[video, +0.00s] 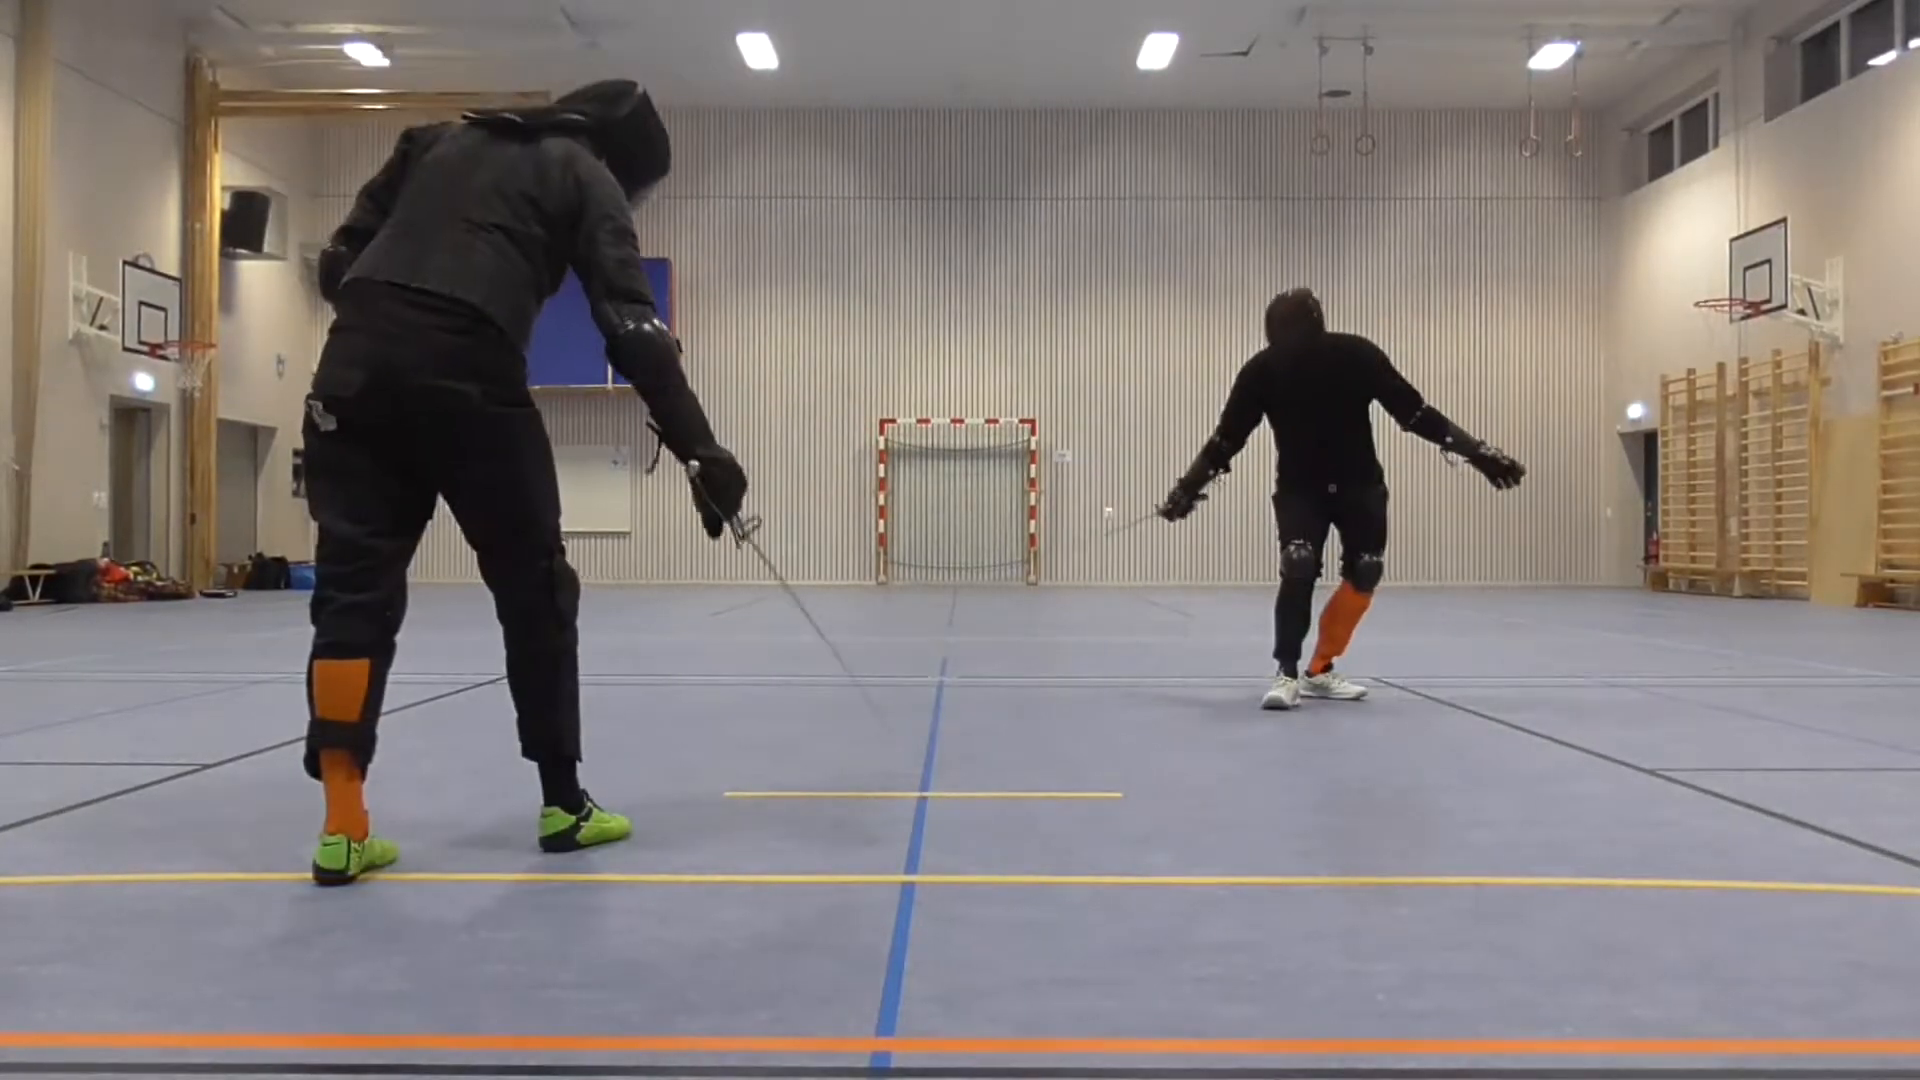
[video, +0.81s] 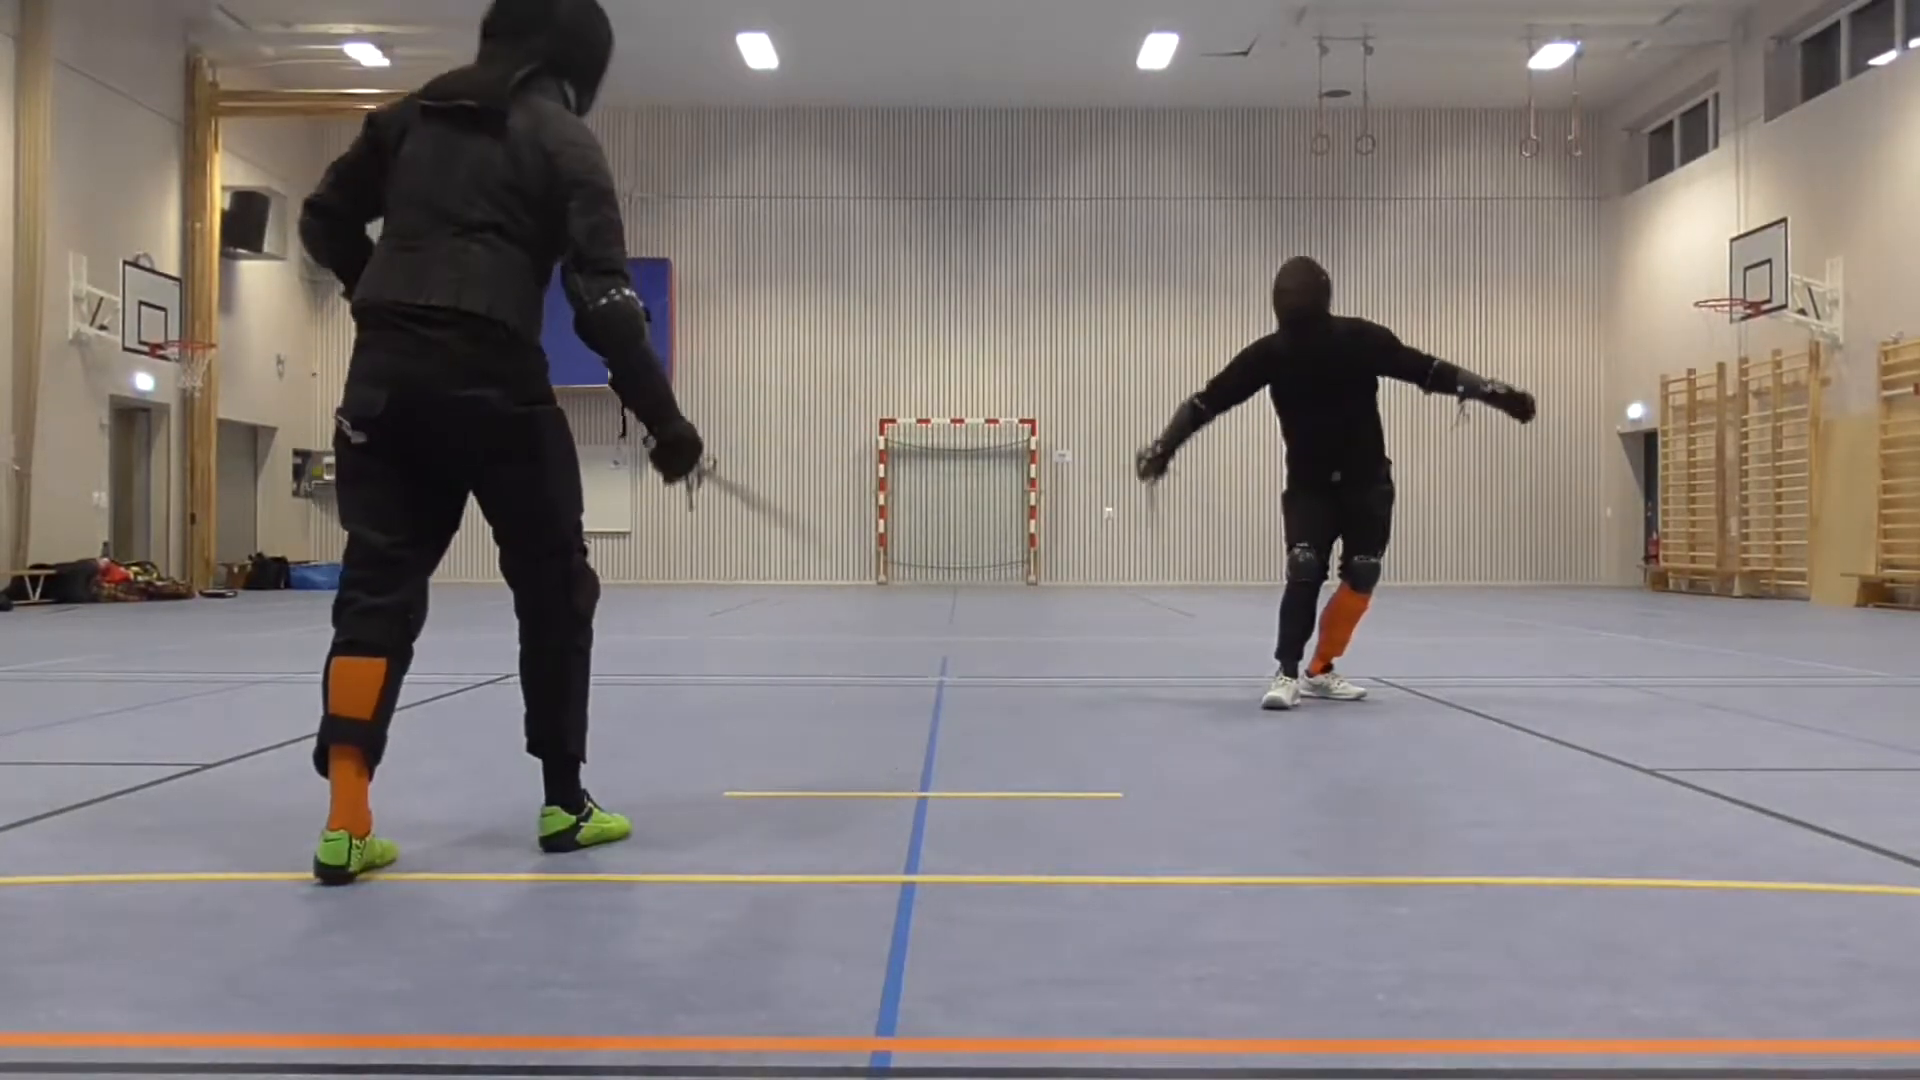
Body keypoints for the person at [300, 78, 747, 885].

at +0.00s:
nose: (630, 196)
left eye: (637, 184)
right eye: (634, 179)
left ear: (570, 116)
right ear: (616, 149)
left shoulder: (434, 142)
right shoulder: (586, 174)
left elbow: (342, 257)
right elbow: (631, 326)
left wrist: (392, 331)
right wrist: (701, 450)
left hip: (356, 371)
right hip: (469, 382)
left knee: (352, 589)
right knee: (534, 585)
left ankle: (343, 828)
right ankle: (562, 803)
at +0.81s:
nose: (593, 94)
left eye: (594, 78)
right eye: (593, 77)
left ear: (499, 40)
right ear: (573, 64)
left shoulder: (410, 113)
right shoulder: (566, 143)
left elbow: (325, 218)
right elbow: (602, 301)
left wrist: (389, 291)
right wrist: (665, 419)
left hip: (385, 371)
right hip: (495, 379)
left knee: (378, 584)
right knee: (554, 583)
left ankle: (345, 826)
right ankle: (565, 802)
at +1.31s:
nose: (476, 41)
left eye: (475, 29)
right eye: (474, 27)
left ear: (369, 15)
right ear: (452, 22)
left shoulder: (299, 107)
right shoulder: (466, 109)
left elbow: (268, 248)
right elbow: (526, 274)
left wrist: (362, 247)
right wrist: (598, 377)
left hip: (348, 384)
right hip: (465, 382)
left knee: (344, 591)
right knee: (514, 584)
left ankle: (341, 830)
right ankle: (552, 802)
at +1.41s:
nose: (471, 38)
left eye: (469, 26)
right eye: (468, 24)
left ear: (361, 14)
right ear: (442, 19)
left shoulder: (290, 108)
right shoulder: (456, 109)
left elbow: (263, 250)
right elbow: (514, 274)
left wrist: (358, 248)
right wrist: (584, 383)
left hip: (347, 386)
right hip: (465, 383)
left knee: (347, 594)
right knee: (510, 587)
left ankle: (342, 830)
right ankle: (538, 800)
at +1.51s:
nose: (469, 39)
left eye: (468, 26)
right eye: (466, 24)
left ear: (359, 14)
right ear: (440, 19)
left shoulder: (288, 108)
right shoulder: (451, 109)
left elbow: (267, 252)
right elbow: (508, 271)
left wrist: (358, 246)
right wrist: (577, 383)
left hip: (346, 388)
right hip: (464, 385)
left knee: (346, 595)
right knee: (516, 581)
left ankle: (342, 832)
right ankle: (537, 791)